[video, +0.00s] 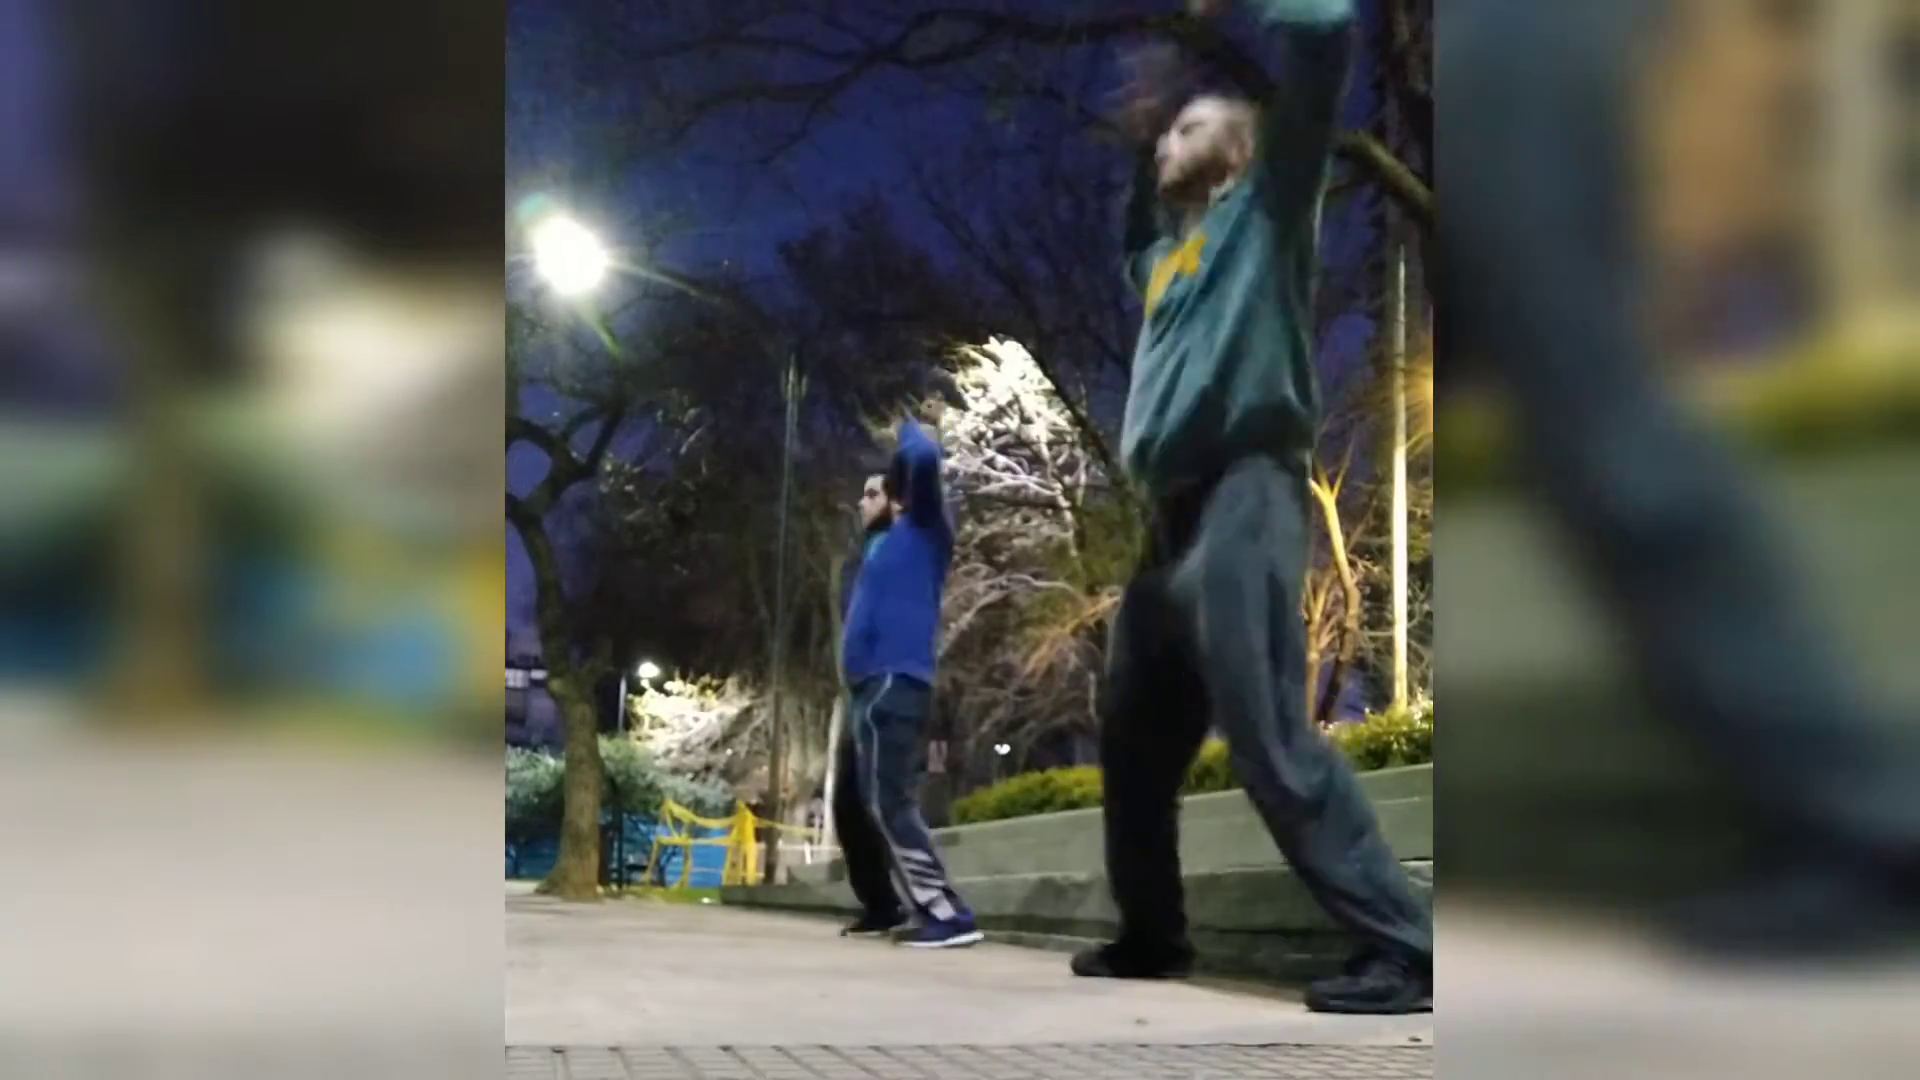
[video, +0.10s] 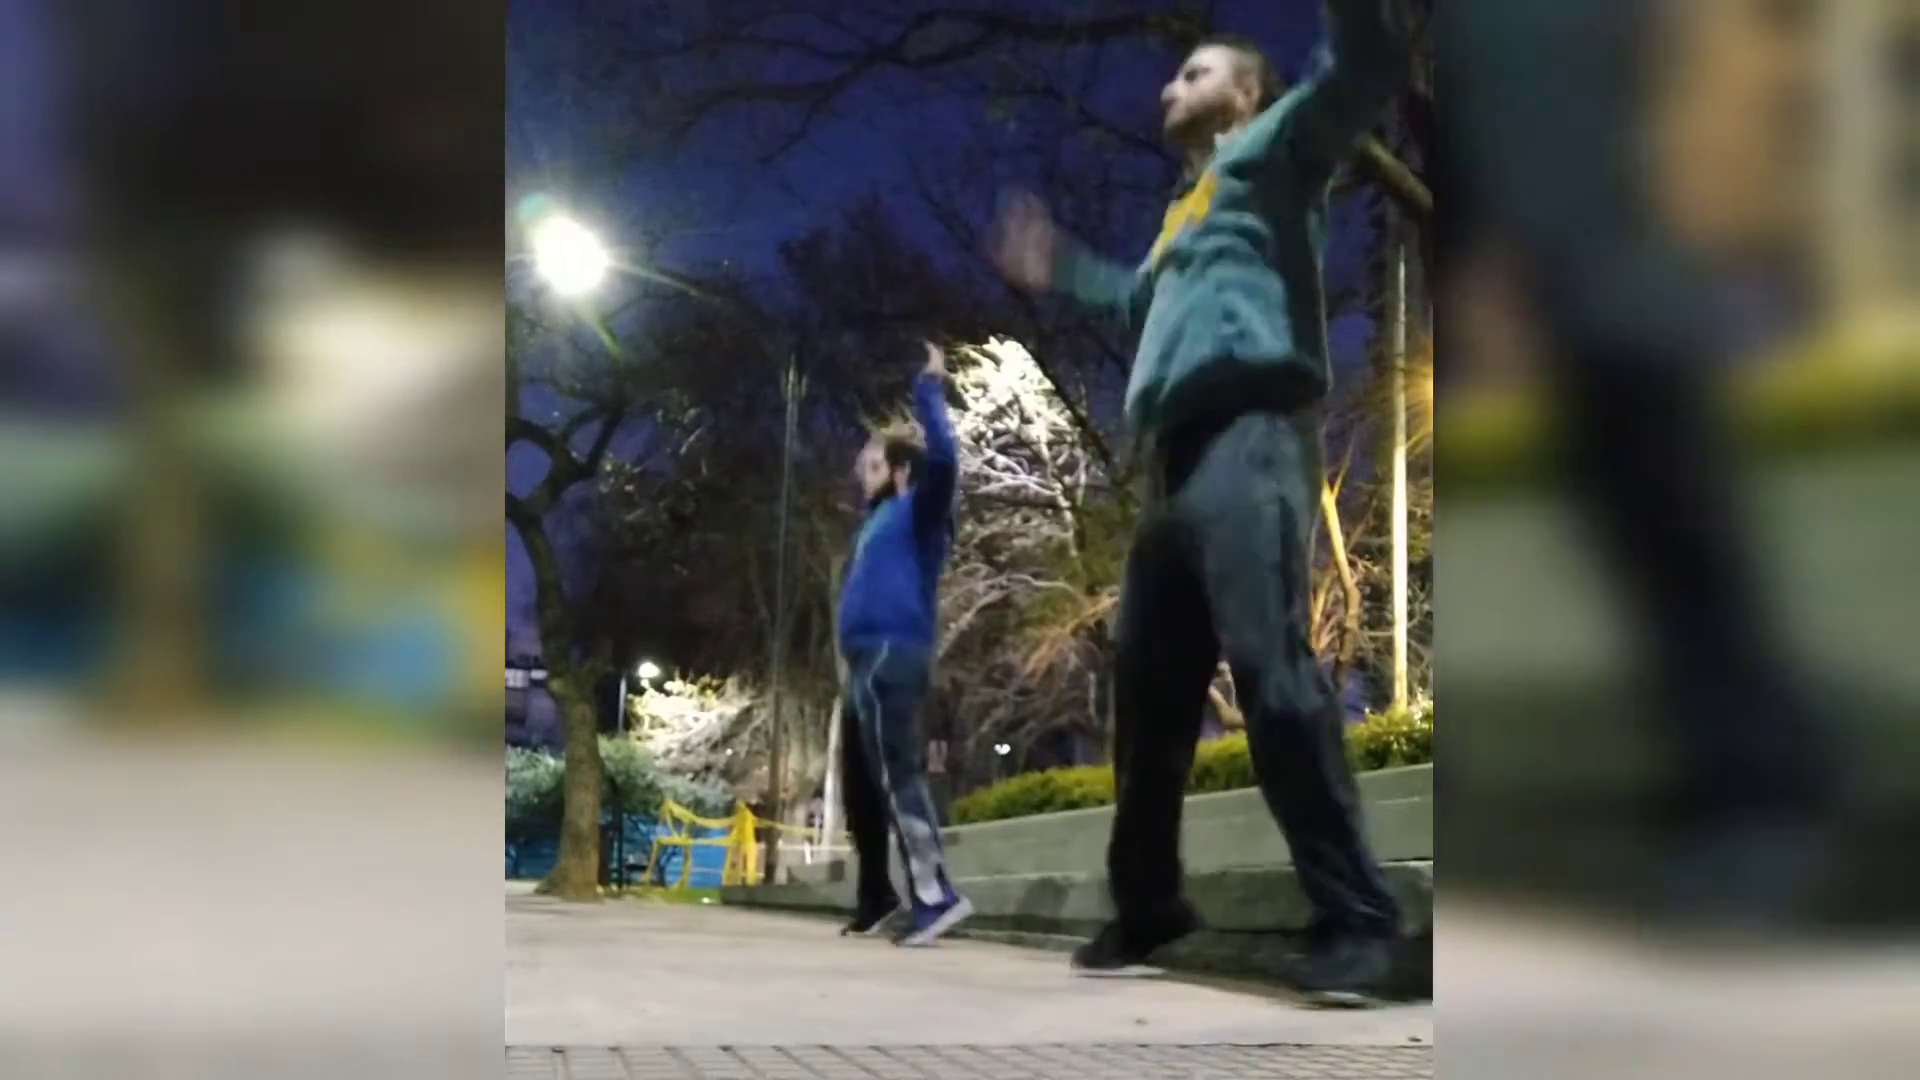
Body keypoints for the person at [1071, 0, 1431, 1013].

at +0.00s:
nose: (1173, 136)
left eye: (1194, 121)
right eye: (1171, 128)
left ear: (1240, 139)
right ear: (1179, 164)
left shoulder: (1271, 199)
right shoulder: (1161, 255)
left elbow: (1322, 36)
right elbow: (1137, 231)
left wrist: (1232, 18)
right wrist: (1154, 152)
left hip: (1249, 490)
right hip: (1174, 515)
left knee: (1267, 734)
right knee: (1135, 737)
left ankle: (1398, 950)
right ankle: (1150, 935)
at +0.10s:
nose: (1174, 83)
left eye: (1198, 72)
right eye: (1176, 74)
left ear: (1250, 94)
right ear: (1185, 108)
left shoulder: (1272, 154)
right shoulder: (1181, 228)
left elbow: (1353, 72)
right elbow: (1131, 296)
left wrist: (1353, 2)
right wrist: (1052, 263)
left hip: (1251, 438)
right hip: (1180, 463)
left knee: (1273, 676)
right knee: (1150, 690)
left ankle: (1361, 928)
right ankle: (1147, 908)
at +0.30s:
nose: (1178, 95)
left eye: (1200, 84)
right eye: (1178, 87)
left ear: (1250, 112)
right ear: (1182, 122)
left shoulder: (1279, 177)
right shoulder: (1185, 229)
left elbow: (1366, 277)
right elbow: (1180, 376)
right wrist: (1119, 471)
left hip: (1244, 469)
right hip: (1174, 483)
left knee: (1241, 693)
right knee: (1149, 715)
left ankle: (1300, 943)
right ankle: (1210, 937)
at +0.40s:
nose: (1183, 122)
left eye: (1208, 112)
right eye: (1187, 114)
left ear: (1255, 144)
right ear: (1200, 154)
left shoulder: (1286, 222)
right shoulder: (1196, 251)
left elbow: (1345, 359)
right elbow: (1187, 389)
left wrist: (1275, 447)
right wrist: (1149, 496)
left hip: (1240, 519)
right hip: (1171, 531)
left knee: (1232, 734)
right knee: (1162, 739)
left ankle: (1299, 945)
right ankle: (1216, 941)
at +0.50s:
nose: (1193, 88)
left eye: (1214, 75)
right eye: (1196, 77)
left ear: (1262, 100)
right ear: (1214, 107)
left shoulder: (1296, 176)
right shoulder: (1205, 214)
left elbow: (1341, 279)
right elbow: (1197, 379)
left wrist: (1275, 294)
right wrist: (1125, 453)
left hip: (1263, 457)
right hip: (1187, 474)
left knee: (1249, 694)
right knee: (1179, 706)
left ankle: (1295, 946)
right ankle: (1211, 935)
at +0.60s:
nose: (1202, 67)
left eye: (1227, 54)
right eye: (1202, 58)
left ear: (1282, 81)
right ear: (1211, 96)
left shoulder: (1293, 155)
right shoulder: (1200, 202)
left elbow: (1360, 100)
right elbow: (1165, 324)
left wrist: (1365, 3)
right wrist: (1072, 290)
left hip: (1266, 419)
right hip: (1196, 441)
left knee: (1289, 660)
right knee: (1182, 681)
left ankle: (1358, 918)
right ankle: (1182, 906)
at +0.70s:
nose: (1215, 103)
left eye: (1233, 93)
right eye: (1213, 98)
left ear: (1268, 117)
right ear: (1216, 134)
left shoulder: (1291, 175)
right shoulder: (1185, 237)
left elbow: (1355, 44)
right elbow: (1145, 251)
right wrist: (1136, 152)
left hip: (1267, 463)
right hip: (1192, 482)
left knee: (1296, 680)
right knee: (1156, 712)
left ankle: (1408, 941)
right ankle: (1183, 923)